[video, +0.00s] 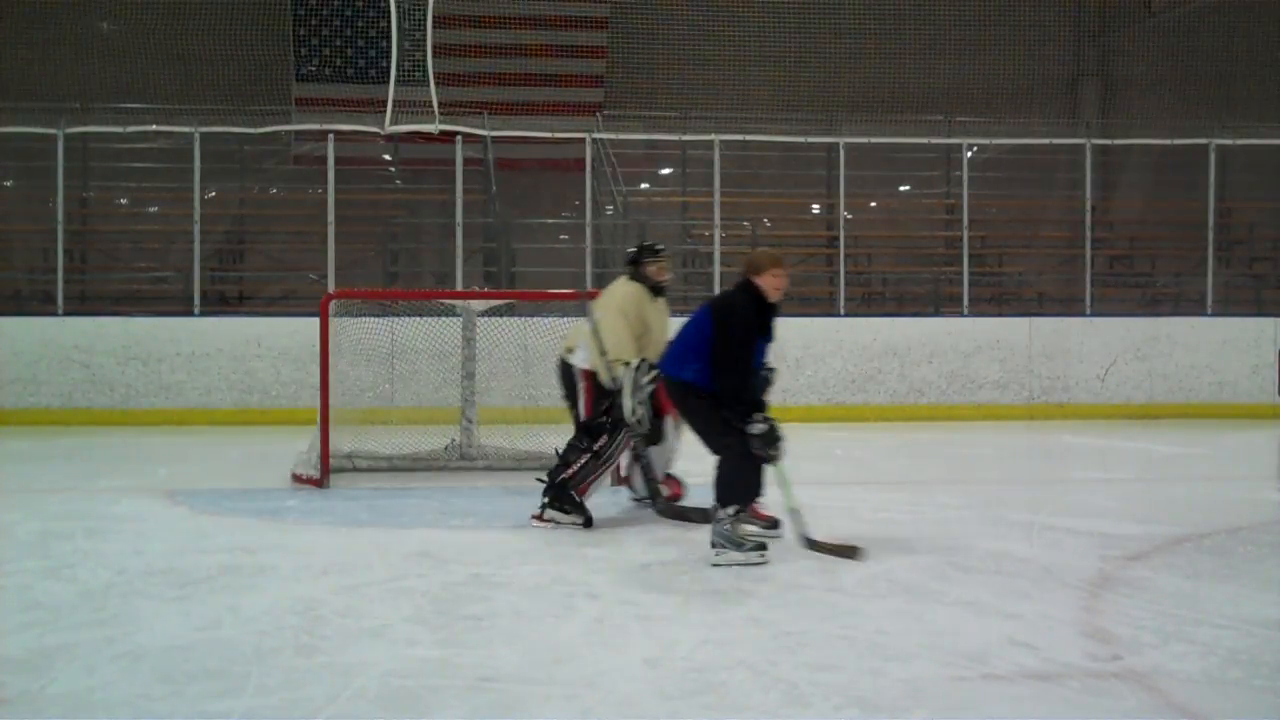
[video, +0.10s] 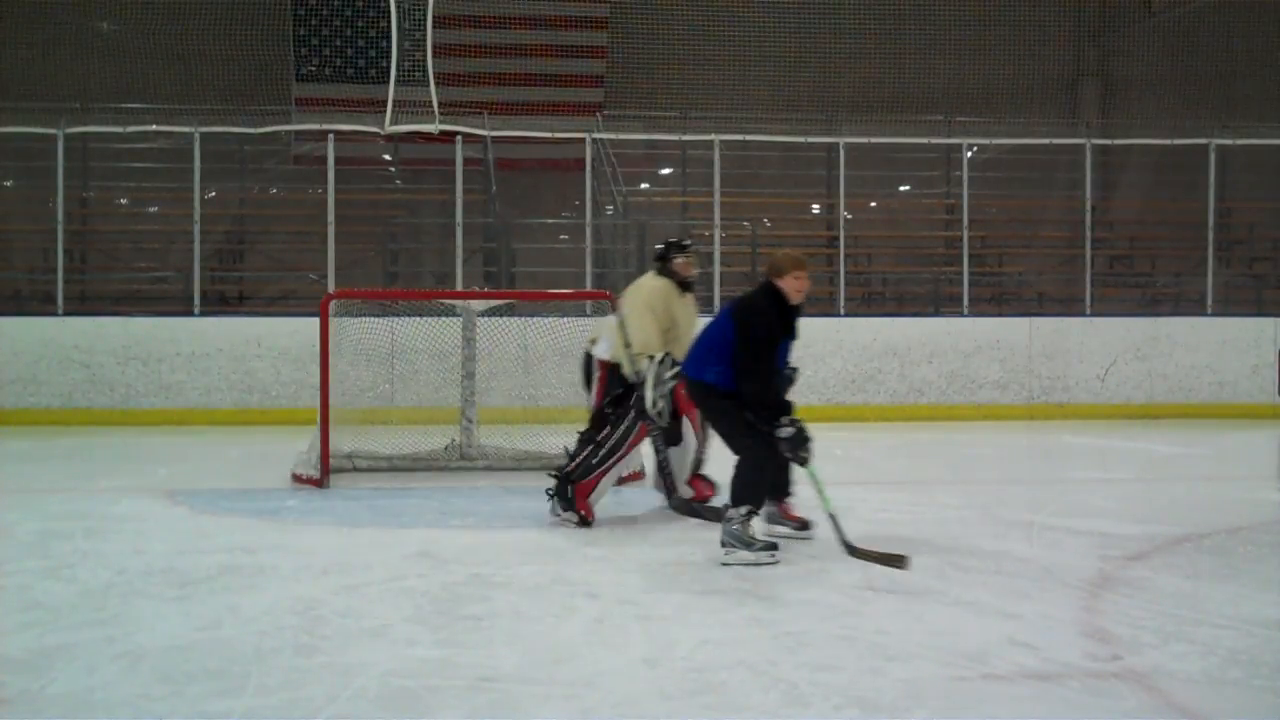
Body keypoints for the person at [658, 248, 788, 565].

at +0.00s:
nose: (782, 284)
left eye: (784, 278)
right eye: (775, 278)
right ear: (756, 278)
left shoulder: (758, 309)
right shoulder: (738, 308)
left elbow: (749, 366)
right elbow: (731, 371)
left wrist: (756, 410)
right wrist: (753, 420)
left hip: (711, 379)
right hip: (685, 379)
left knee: (749, 439)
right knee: (734, 444)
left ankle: (743, 508)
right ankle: (726, 520)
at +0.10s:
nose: (804, 285)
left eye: (805, 278)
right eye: (796, 279)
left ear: (805, 281)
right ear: (777, 280)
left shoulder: (781, 310)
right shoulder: (759, 310)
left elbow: (774, 364)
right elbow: (755, 379)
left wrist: (779, 380)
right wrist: (782, 425)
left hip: (737, 380)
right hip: (708, 381)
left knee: (776, 440)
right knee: (756, 448)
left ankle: (774, 508)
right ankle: (736, 524)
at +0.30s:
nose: (825, 281)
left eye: (829, 275)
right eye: (817, 275)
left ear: (833, 278)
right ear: (800, 278)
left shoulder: (821, 309)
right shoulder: (783, 309)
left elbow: (813, 348)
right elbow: (780, 377)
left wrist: (819, 371)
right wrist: (807, 424)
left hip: (784, 382)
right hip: (746, 382)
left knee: (816, 439)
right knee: (786, 452)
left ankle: (829, 511)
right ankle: (756, 524)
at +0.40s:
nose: (824, 273)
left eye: (829, 266)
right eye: (816, 268)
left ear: (835, 269)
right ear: (802, 272)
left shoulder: (839, 301)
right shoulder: (786, 304)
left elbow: (836, 340)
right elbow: (781, 367)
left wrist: (840, 363)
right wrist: (803, 417)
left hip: (802, 386)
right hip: (758, 385)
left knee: (837, 441)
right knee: (781, 448)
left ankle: (844, 509)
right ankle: (758, 524)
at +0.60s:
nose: (800, 260)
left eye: (806, 253)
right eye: (793, 255)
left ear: (819, 255)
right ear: (786, 260)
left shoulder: (844, 284)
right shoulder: (774, 297)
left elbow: (864, 313)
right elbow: (769, 360)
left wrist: (862, 348)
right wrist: (784, 407)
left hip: (821, 376)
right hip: (774, 379)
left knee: (850, 438)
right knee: (773, 438)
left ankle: (855, 508)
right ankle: (753, 508)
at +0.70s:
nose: (774, 265)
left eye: (780, 258)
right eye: (769, 259)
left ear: (798, 256)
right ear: (765, 264)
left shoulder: (829, 283)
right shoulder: (760, 304)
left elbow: (866, 312)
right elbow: (761, 363)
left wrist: (858, 342)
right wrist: (768, 411)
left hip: (822, 374)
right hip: (772, 379)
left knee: (850, 440)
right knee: (752, 436)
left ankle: (859, 508)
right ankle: (747, 509)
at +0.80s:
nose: (748, 277)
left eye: (752, 268)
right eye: (742, 271)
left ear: (772, 265)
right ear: (740, 275)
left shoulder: (810, 290)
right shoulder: (742, 315)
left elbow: (864, 312)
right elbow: (741, 369)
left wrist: (851, 340)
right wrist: (743, 410)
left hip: (815, 380)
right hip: (765, 388)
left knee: (843, 443)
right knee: (733, 433)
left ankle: (862, 509)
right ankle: (737, 512)